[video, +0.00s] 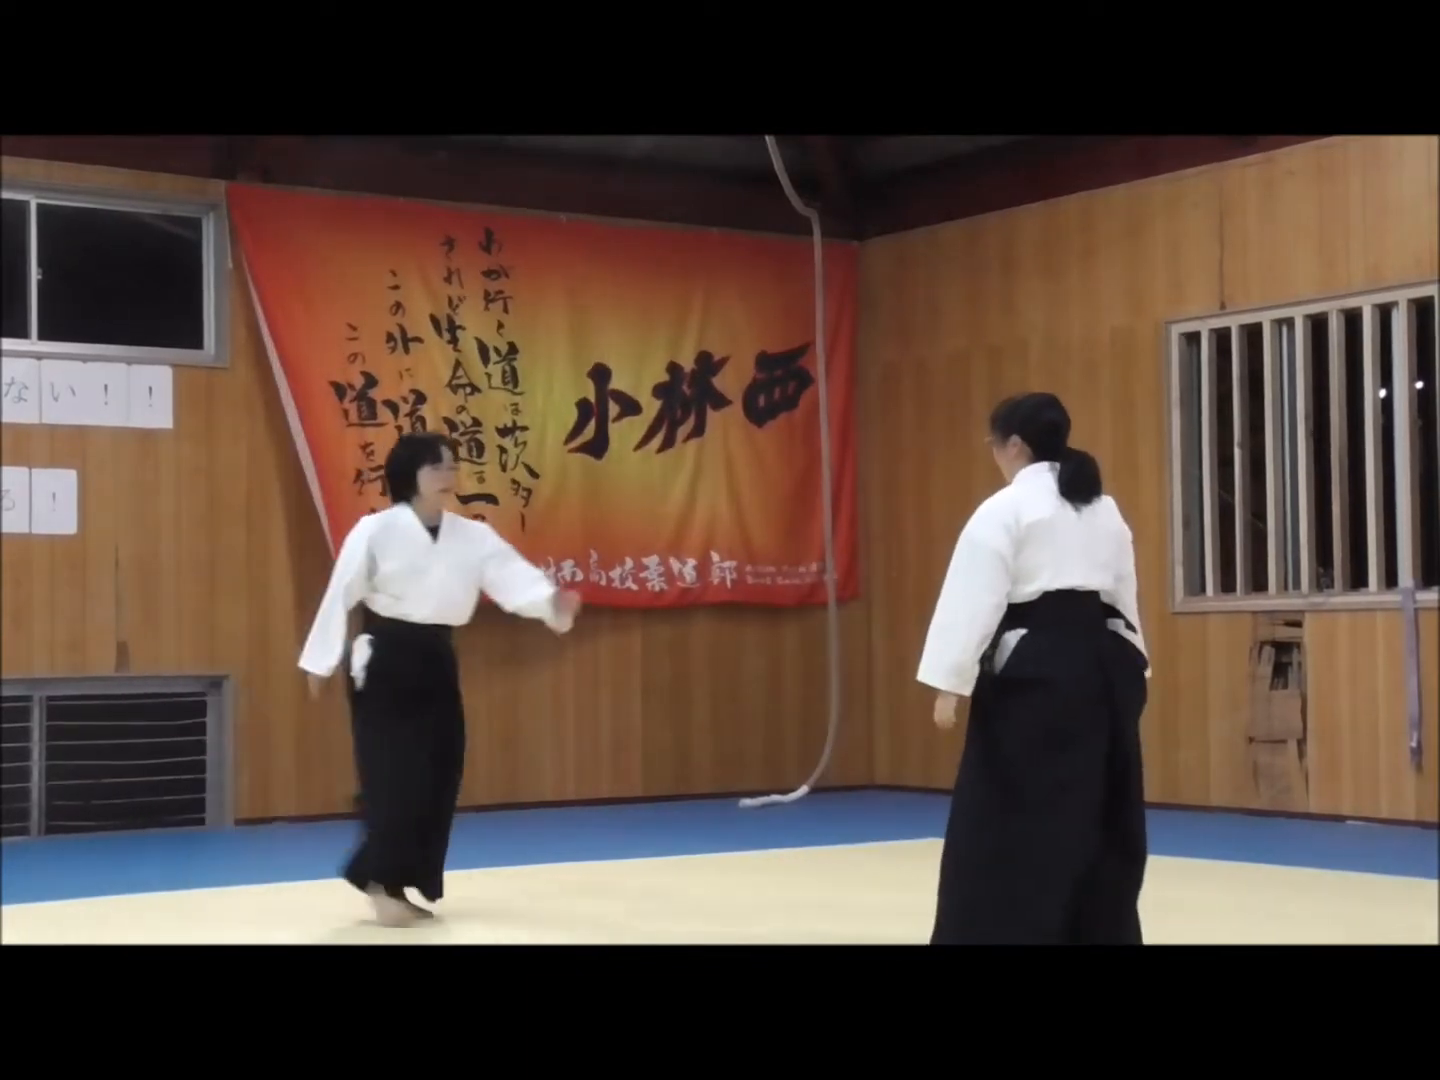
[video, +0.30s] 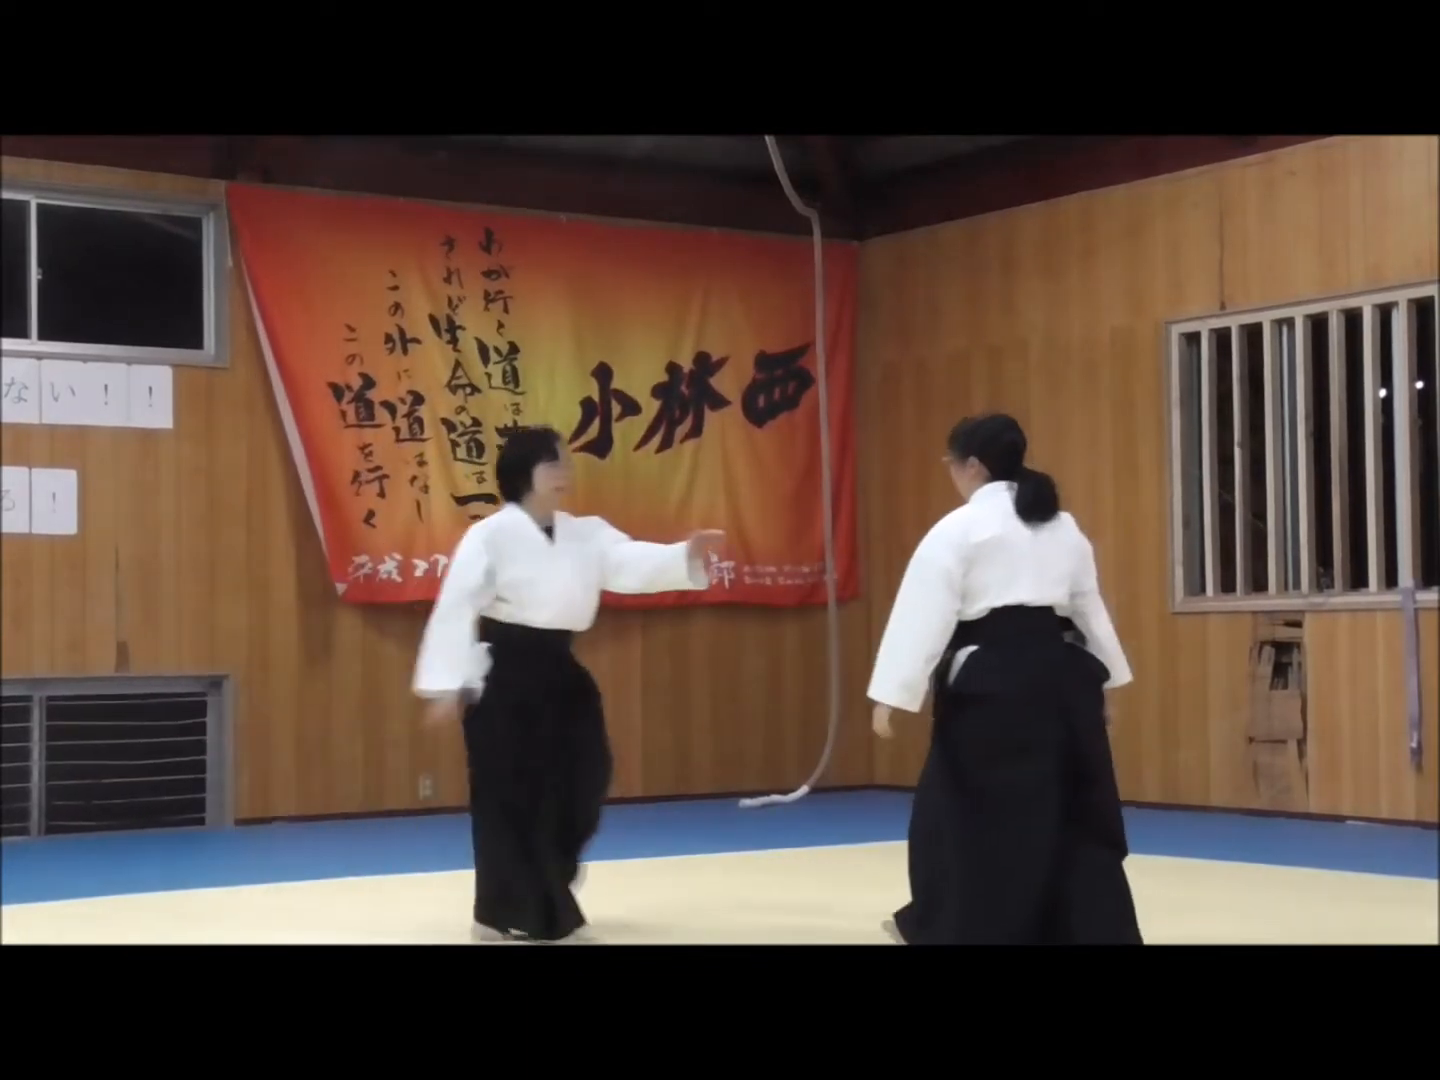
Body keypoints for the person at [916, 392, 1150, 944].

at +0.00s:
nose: (996, 456)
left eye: (997, 446)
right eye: (994, 447)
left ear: (1018, 445)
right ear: (1058, 442)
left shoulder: (1004, 511)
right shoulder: (1105, 509)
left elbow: (974, 601)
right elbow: (1126, 599)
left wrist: (952, 682)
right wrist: (1136, 667)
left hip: (1032, 671)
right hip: (1106, 668)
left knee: (1013, 808)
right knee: (1097, 810)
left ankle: (1010, 929)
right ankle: (1095, 931)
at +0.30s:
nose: (951, 476)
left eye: (954, 465)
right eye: (951, 465)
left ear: (975, 466)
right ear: (1011, 463)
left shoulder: (956, 530)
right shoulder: (1061, 525)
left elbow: (921, 616)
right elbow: (1090, 610)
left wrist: (890, 691)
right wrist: (1106, 684)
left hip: (987, 682)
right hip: (1063, 678)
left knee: (962, 803)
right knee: (1068, 806)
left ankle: (948, 919)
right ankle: (1078, 923)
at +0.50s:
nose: (897, 477)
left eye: (899, 467)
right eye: (897, 467)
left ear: (917, 469)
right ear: (956, 466)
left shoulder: (903, 533)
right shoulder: (1004, 526)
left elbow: (865, 613)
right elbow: (1021, 608)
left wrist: (831, 685)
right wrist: (1034, 668)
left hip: (935, 675)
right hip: (1009, 669)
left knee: (934, 802)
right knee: (1029, 791)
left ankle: (940, 927)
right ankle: (1069, 907)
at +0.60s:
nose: (875, 478)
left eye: (878, 468)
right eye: (875, 468)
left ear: (898, 469)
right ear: (934, 466)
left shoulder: (889, 532)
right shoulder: (980, 525)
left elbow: (853, 613)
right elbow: (987, 606)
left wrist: (812, 678)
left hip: (922, 673)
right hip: (990, 666)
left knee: (910, 798)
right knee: (984, 785)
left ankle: (920, 927)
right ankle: (1008, 913)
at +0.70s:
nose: (856, 483)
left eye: (859, 472)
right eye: (855, 472)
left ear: (884, 470)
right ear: (906, 469)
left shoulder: (888, 529)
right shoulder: (952, 517)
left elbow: (850, 610)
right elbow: (944, 599)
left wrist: (812, 660)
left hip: (910, 673)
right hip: (963, 668)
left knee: (898, 801)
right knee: (959, 799)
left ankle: (909, 926)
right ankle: (985, 922)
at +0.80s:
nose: (846, 487)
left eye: (852, 475)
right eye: (846, 476)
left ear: (876, 473)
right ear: (892, 473)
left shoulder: (889, 528)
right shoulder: (915, 516)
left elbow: (867, 615)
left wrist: (839, 676)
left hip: (912, 667)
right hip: (948, 662)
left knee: (907, 797)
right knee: (947, 796)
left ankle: (925, 921)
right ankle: (966, 918)